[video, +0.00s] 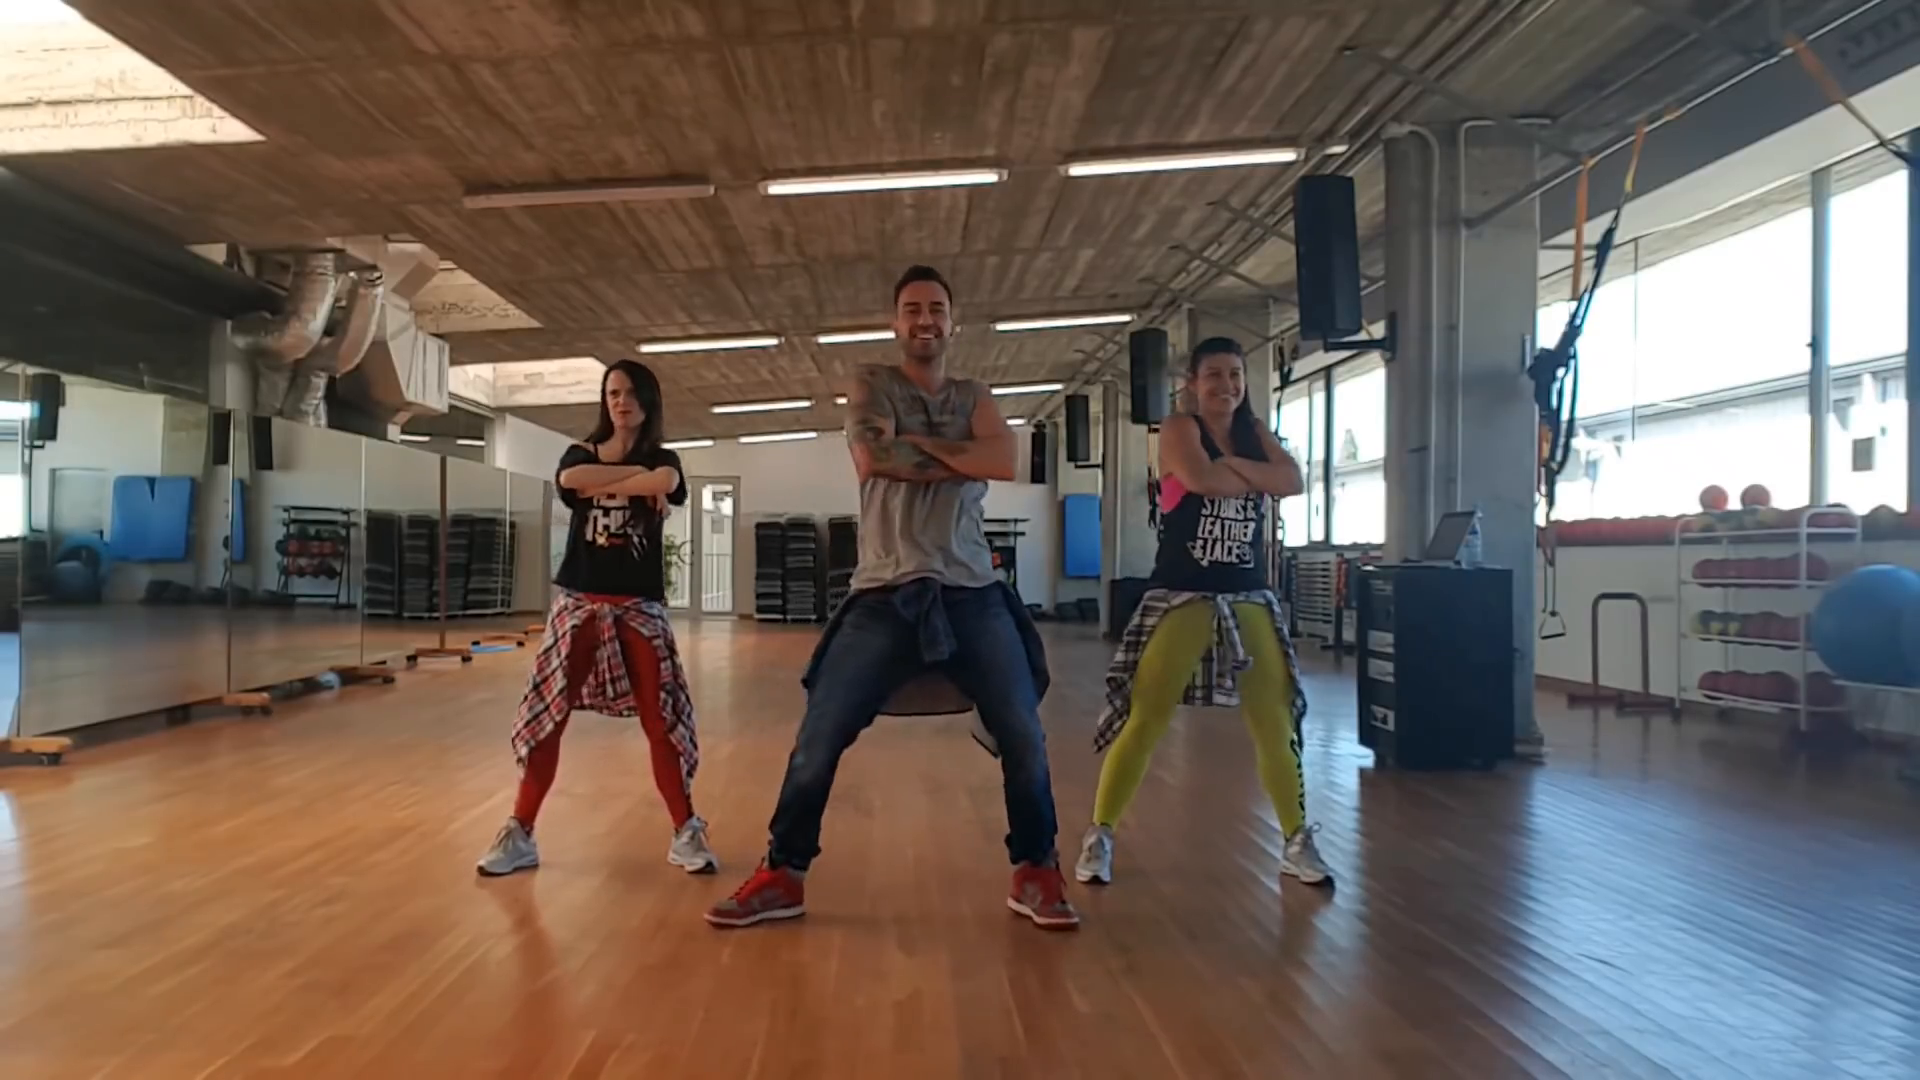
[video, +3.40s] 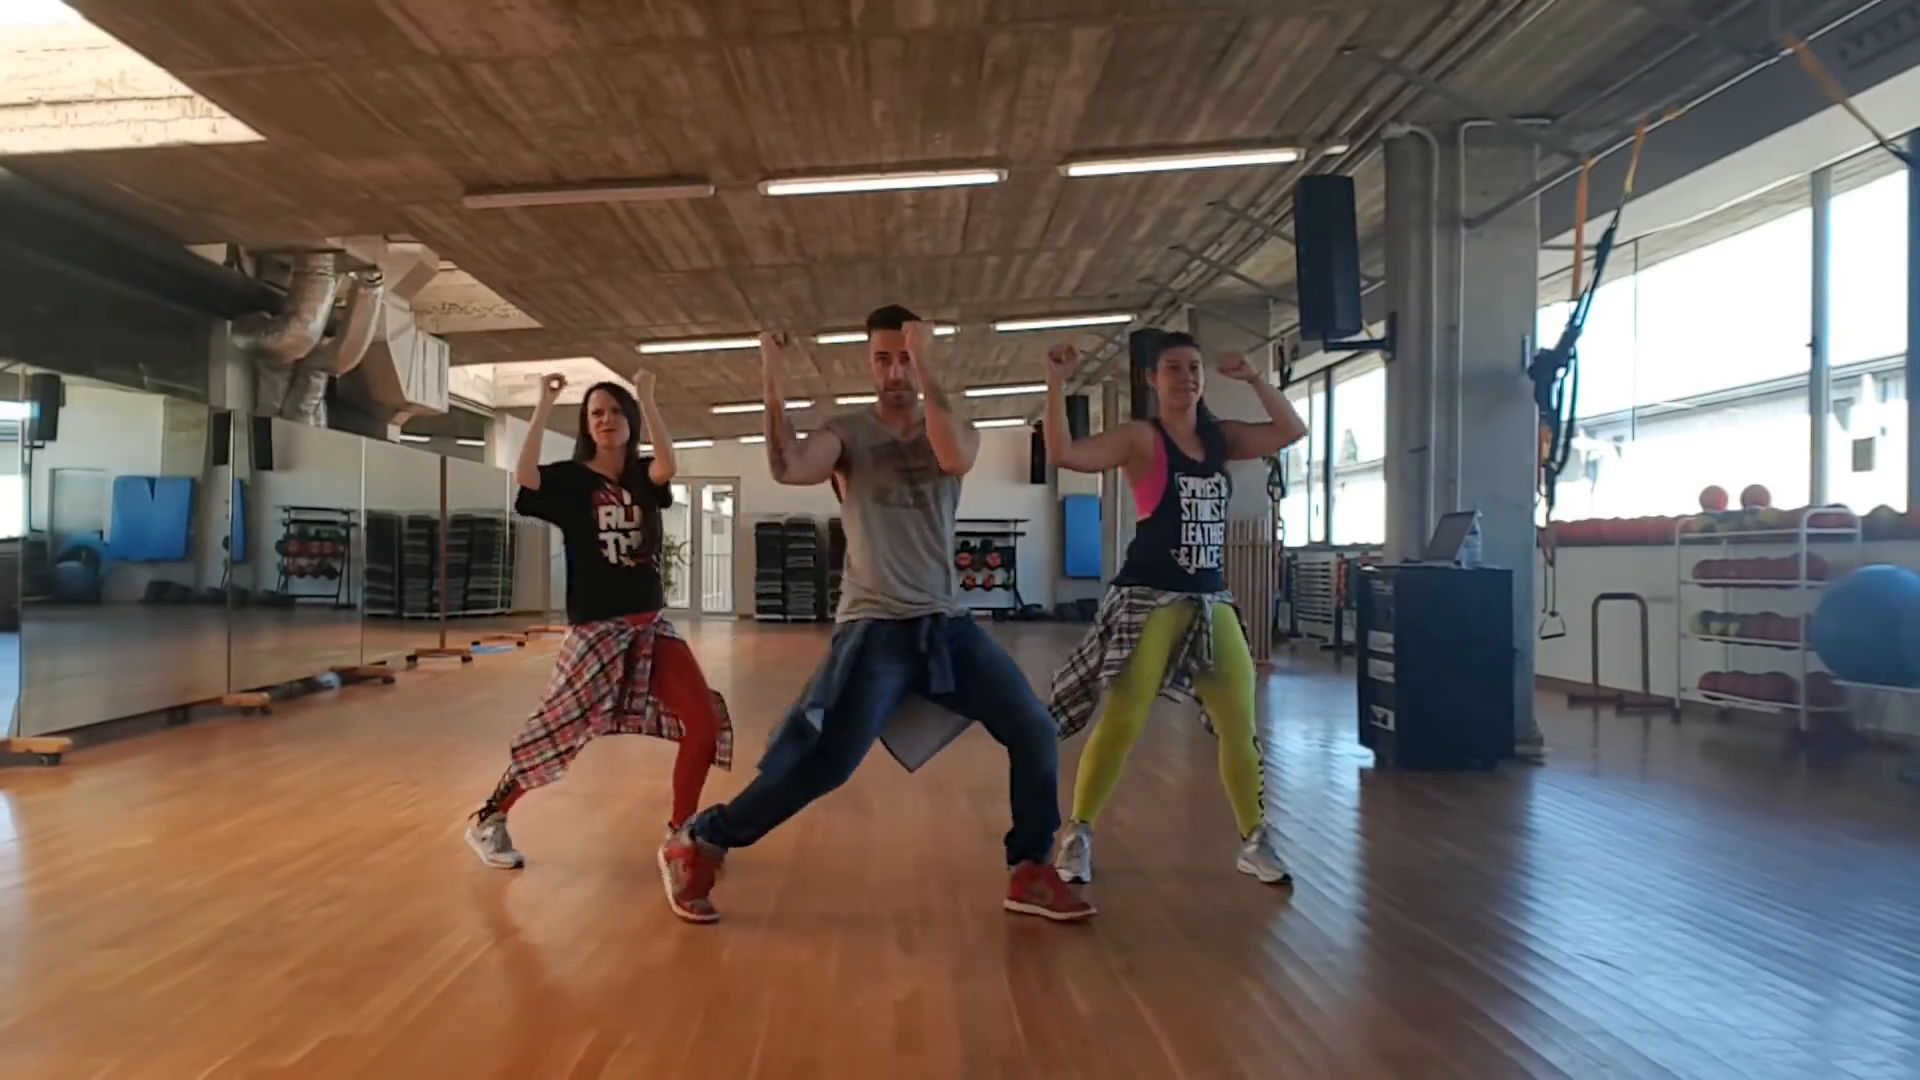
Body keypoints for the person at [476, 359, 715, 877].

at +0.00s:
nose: (619, 402)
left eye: (628, 393)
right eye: (613, 394)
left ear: (648, 401)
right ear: (604, 401)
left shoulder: (663, 462)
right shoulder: (583, 452)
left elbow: (662, 485)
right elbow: (569, 481)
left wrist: (597, 483)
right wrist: (639, 478)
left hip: (639, 603)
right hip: (578, 600)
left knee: (659, 719)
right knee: (548, 713)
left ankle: (686, 831)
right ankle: (520, 834)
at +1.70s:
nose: (609, 391)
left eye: (618, 383)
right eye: (600, 386)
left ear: (637, 396)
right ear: (590, 400)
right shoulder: (569, 458)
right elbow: (515, 494)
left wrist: (618, 545)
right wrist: (567, 499)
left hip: (641, 606)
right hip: (578, 607)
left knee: (670, 724)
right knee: (540, 716)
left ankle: (686, 833)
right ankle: (518, 834)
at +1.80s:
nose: (620, 389)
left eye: (628, 381)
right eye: (611, 384)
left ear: (648, 390)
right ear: (601, 397)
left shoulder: (665, 449)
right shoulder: (577, 450)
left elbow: (695, 464)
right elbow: (513, 452)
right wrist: (501, 452)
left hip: (659, 600)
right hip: (596, 601)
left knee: (676, 722)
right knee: (559, 714)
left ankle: (687, 832)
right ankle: (527, 831)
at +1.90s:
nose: (630, 392)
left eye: (638, 383)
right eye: (620, 387)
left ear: (656, 391)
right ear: (611, 400)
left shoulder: (677, 451)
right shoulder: (591, 454)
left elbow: (715, 438)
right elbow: (525, 450)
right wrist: (492, 398)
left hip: (673, 600)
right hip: (613, 598)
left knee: (686, 719)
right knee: (588, 709)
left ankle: (687, 831)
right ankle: (584, 812)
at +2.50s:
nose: (592, 423)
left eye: (600, 415)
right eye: (584, 417)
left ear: (620, 423)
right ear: (574, 428)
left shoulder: (631, 481)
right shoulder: (563, 480)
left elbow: (654, 491)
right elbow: (521, 491)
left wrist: (653, 417)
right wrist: (529, 425)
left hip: (626, 628)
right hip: (569, 629)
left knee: (656, 729)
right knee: (516, 720)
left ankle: (696, 831)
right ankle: (527, 832)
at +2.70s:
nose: (565, 404)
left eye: (575, 397)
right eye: (558, 397)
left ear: (594, 409)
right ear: (547, 410)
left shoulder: (603, 463)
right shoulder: (532, 458)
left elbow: (636, 468)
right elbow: (489, 461)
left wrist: (630, 398)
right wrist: (509, 393)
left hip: (591, 606)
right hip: (532, 606)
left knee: (623, 708)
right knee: (503, 725)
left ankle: (661, 818)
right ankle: (525, 829)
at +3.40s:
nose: (607, 420)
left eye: (615, 412)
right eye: (597, 413)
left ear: (631, 422)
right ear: (585, 425)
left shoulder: (645, 479)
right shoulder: (569, 480)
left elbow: (666, 465)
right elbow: (525, 476)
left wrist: (647, 402)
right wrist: (544, 405)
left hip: (651, 626)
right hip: (595, 631)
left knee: (703, 722)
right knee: (559, 732)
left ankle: (681, 837)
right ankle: (490, 817)